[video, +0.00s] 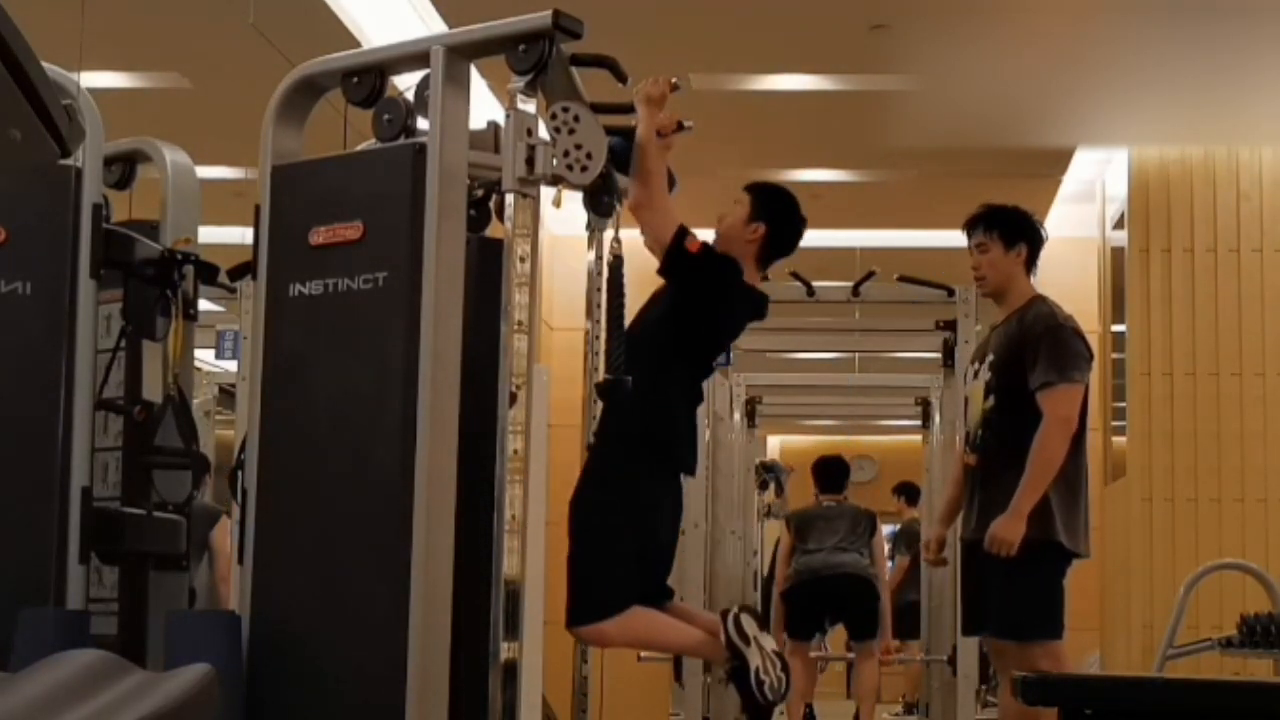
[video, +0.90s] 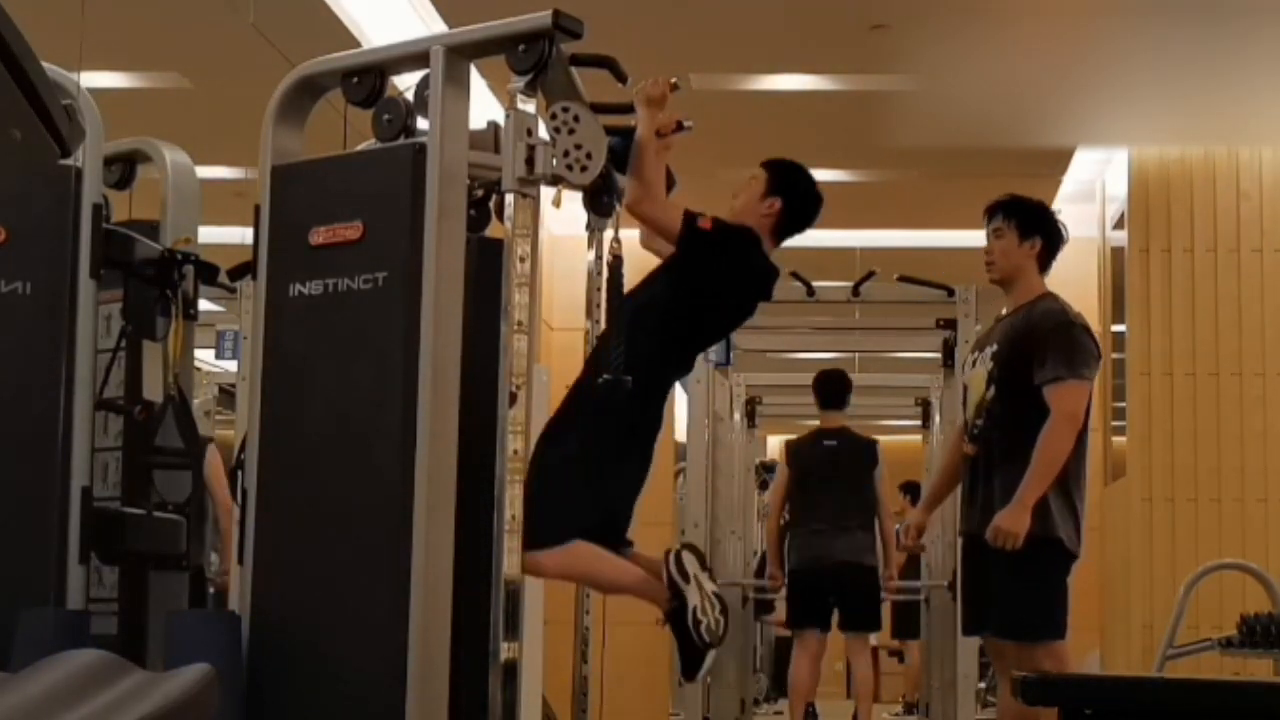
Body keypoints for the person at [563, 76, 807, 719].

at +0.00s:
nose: (721, 213)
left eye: (733, 209)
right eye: (729, 207)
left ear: (755, 231)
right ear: (759, 237)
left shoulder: (715, 279)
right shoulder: (724, 284)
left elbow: (651, 208)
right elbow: (654, 215)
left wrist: (646, 124)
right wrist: (658, 138)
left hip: (630, 456)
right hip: (652, 457)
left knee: (595, 619)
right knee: (637, 600)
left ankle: (727, 650)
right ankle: (731, 632)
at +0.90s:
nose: (738, 189)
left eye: (749, 184)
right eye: (746, 182)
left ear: (769, 204)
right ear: (775, 215)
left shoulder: (731, 246)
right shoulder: (747, 268)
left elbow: (647, 201)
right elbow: (648, 228)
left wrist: (647, 123)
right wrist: (657, 148)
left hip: (608, 399)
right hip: (633, 408)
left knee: (543, 550)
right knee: (589, 543)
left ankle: (667, 585)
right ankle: (674, 593)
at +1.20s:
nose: (723, 115)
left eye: (733, 105)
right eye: (730, 104)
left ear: (754, 120)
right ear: (768, 129)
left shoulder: (731, 170)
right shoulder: (756, 187)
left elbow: (640, 190)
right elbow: (648, 209)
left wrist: (646, 121)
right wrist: (656, 149)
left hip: (619, 329)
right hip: (646, 343)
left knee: (530, 456)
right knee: (579, 459)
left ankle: (621, 524)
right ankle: (640, 529)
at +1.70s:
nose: (704, 66)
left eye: (715, 56)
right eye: (711, 55)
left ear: (740, 69)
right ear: (751, 76)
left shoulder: (714, 128)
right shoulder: (728, 130)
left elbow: (651, 194)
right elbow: (661, 195)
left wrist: (647, 120)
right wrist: (659, 128)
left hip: (631, 292)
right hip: (650, 300)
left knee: (542, 431)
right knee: (587, 432)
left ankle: (648, 501)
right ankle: (658, 482)